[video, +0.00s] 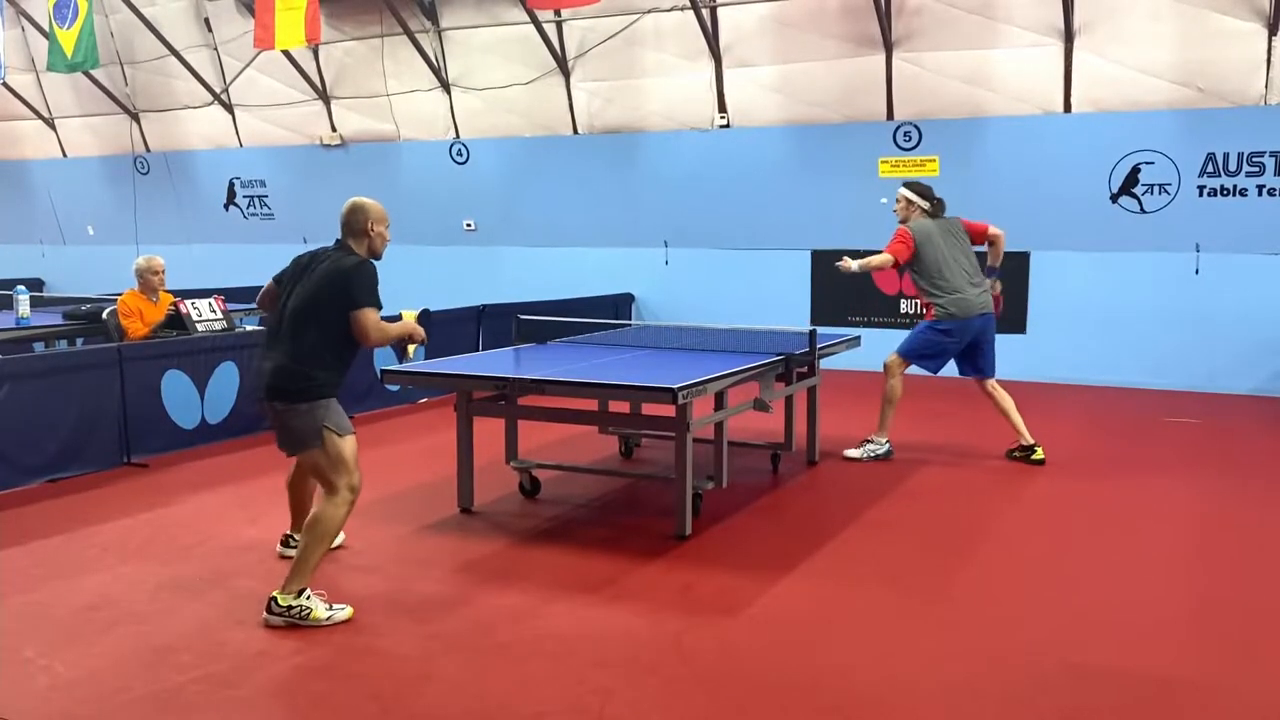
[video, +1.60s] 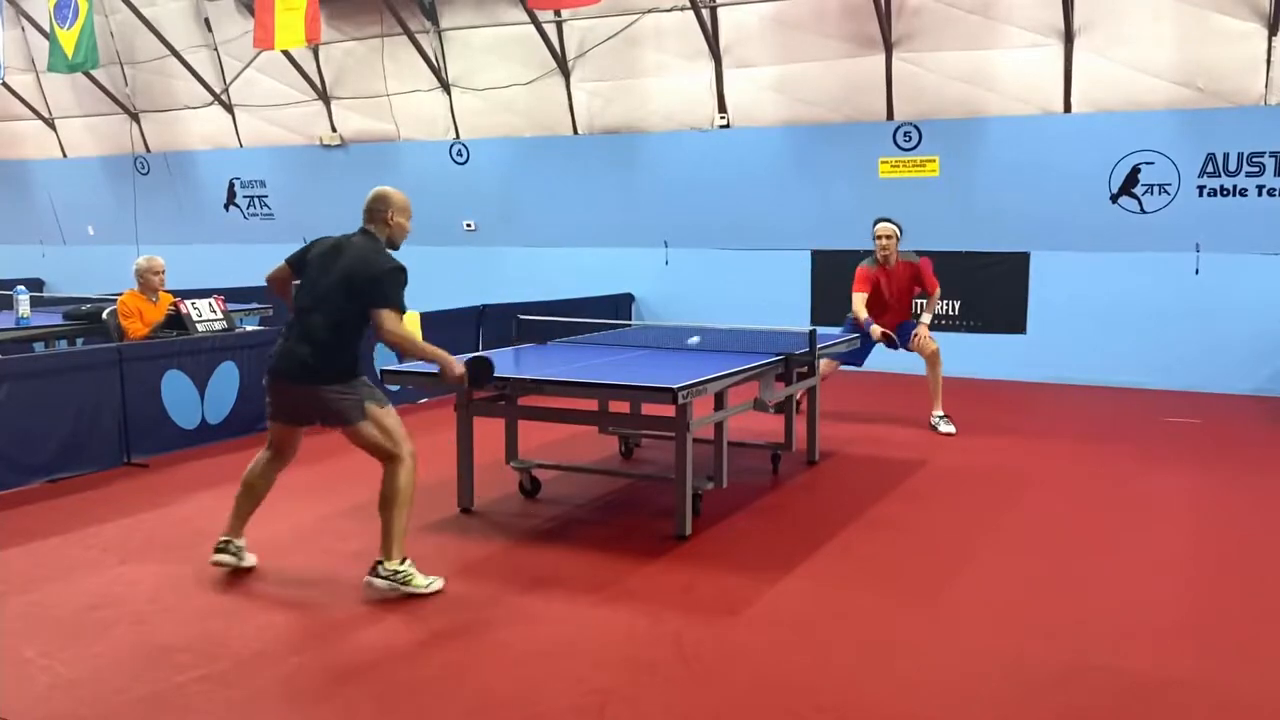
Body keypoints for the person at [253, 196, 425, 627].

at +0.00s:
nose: (389, 235)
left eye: (387, 228)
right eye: (385, 228)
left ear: (348, 230)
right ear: (370, 230)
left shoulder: (309, 259)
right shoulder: (358, 269)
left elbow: (266, 301)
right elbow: (370, 333)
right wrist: (404, 327)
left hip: (281, 385)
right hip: (308, 389)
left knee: (310, 458)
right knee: (346, 487)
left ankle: (299, 534)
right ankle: (289, 597)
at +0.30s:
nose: (388, 235)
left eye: (388, 228)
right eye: (385, 228)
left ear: (350, 226)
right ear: (369, 227)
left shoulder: (307, 256)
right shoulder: (358, 263)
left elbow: (263, 291)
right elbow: (367, 324)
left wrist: (295, 321)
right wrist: (406, 325)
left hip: (284, 379)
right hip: (321, 381)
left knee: (320, 448)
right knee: (382, 465)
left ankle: (293, 539)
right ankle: (332, 560)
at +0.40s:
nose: (390, 239)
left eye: (390, 230)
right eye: (388, 230)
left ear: (355, 222)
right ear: (378, 229)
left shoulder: (315, 257)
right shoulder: (365, 262)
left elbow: (274, 291)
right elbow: (365, 317)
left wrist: (309, 315)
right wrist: (403, 327)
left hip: (294, 380)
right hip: (336, 383)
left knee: (322, 448)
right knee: (388, 445)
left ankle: (294, 538)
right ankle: (388, 560)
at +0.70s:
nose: (409, 244)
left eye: (410, 236)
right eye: (406, 235)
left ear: (373, 231)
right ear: (387, 232)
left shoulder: (323, 258)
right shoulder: (388, 274)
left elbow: (283, 294)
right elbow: (428, 328)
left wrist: (319, 308)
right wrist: (485, 337)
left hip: (309, 385)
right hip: (358, 388)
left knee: (305, 456)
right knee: (424, 458)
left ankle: (272, 542)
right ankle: (427, 561)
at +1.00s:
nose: (470, 238)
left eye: (469, 230)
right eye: (466, 230)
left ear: (431, 229)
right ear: (447, 231)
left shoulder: (385, 249)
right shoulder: (460, 275)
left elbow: (329, 266)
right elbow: (513, 316)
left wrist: (267, 273)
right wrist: (566, 338)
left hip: (350, 364)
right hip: (405, 372)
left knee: (312, 443)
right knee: (460, 447)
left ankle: (273, 533)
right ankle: (498, 531)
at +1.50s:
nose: (421, 226)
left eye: (421, 219)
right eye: (419, 218)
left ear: (381, 217)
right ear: (403, 218)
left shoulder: (336, 247)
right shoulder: (405, 263)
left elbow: (288, 277)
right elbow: (430, 323)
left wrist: (303, 304)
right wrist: (481, 335)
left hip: (309, 370)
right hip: (360, 375)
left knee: (295, 453)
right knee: (422, 450)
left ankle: (276, 543)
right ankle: (459, 545)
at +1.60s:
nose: (410, 228)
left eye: (410, 220)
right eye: (407, 220)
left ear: (370, 217)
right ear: (389, 219)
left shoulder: (323, 246)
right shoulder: (386, 267)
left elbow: (276, 279)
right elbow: (389, 330)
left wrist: (307, 313)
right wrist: (441, 357)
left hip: (285, 371)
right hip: (335, 378)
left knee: (277, 451)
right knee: (400, 455)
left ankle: (229, 540)